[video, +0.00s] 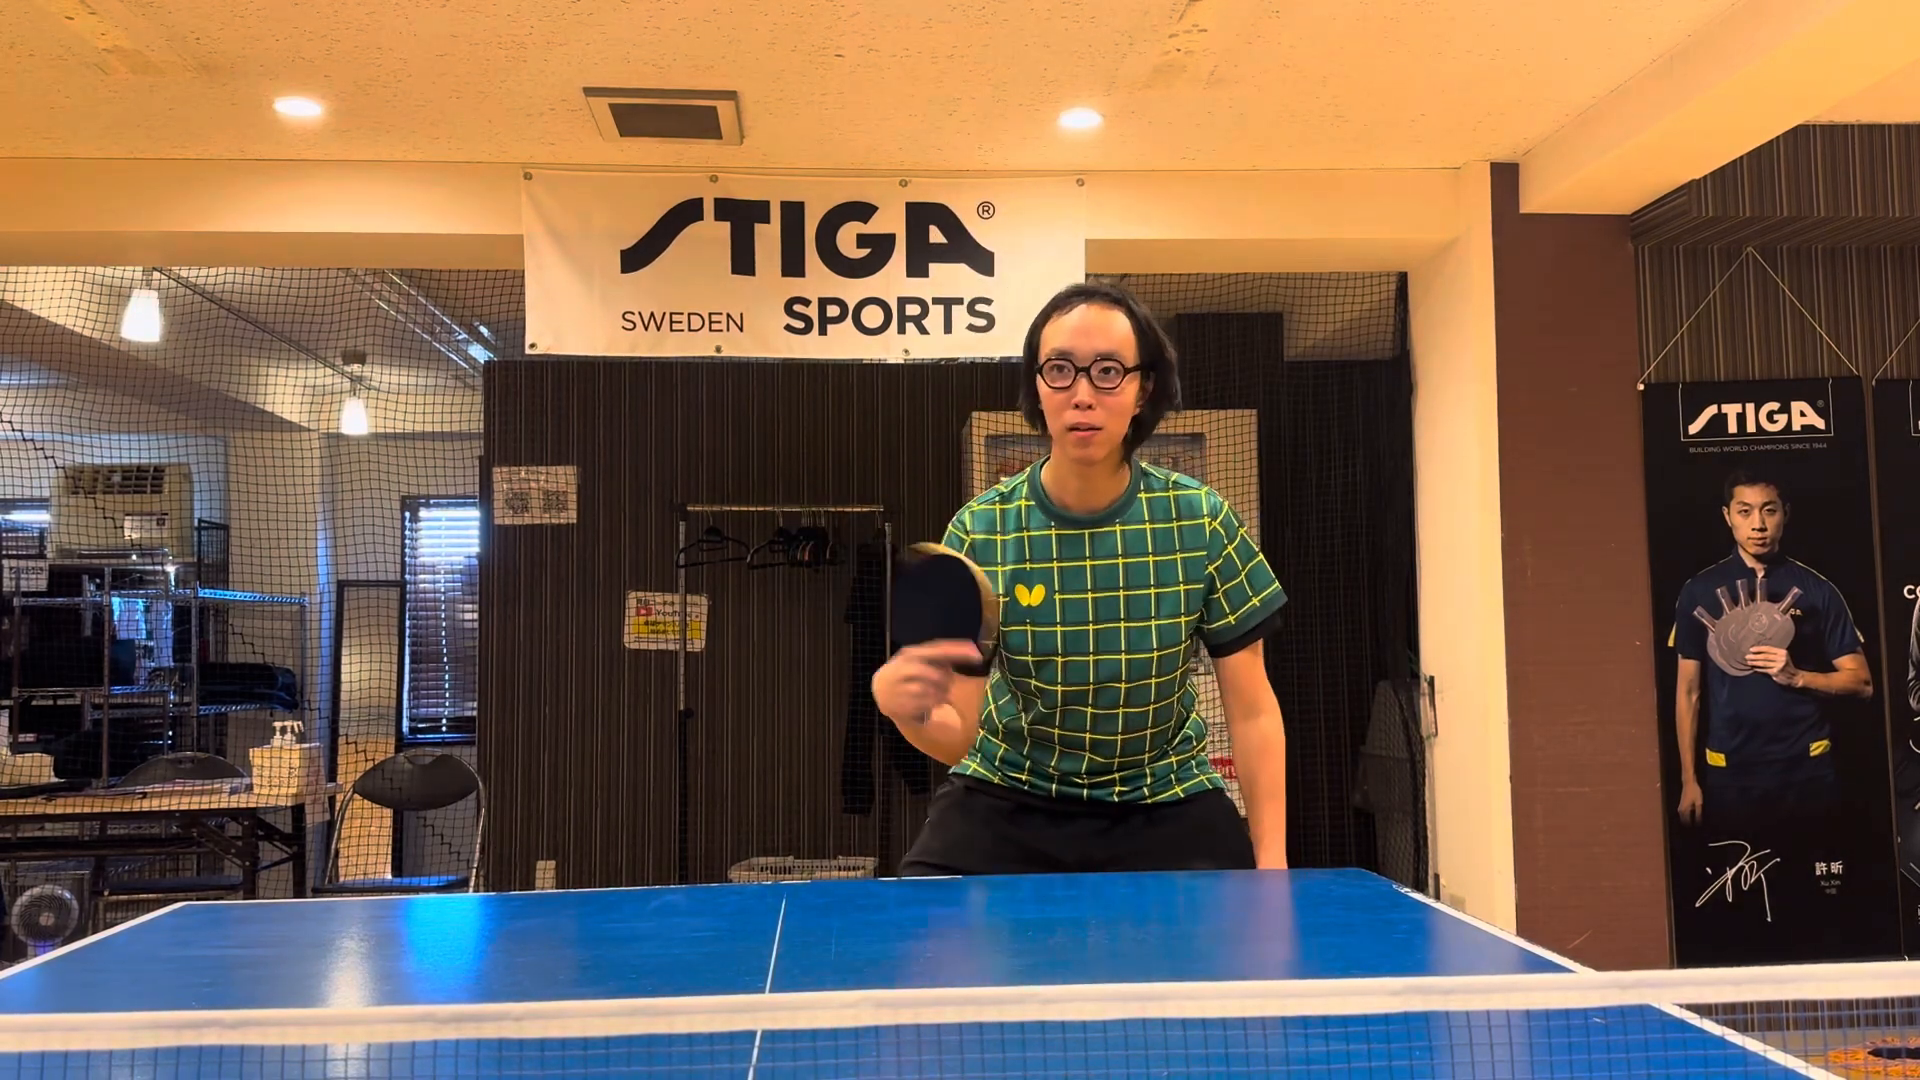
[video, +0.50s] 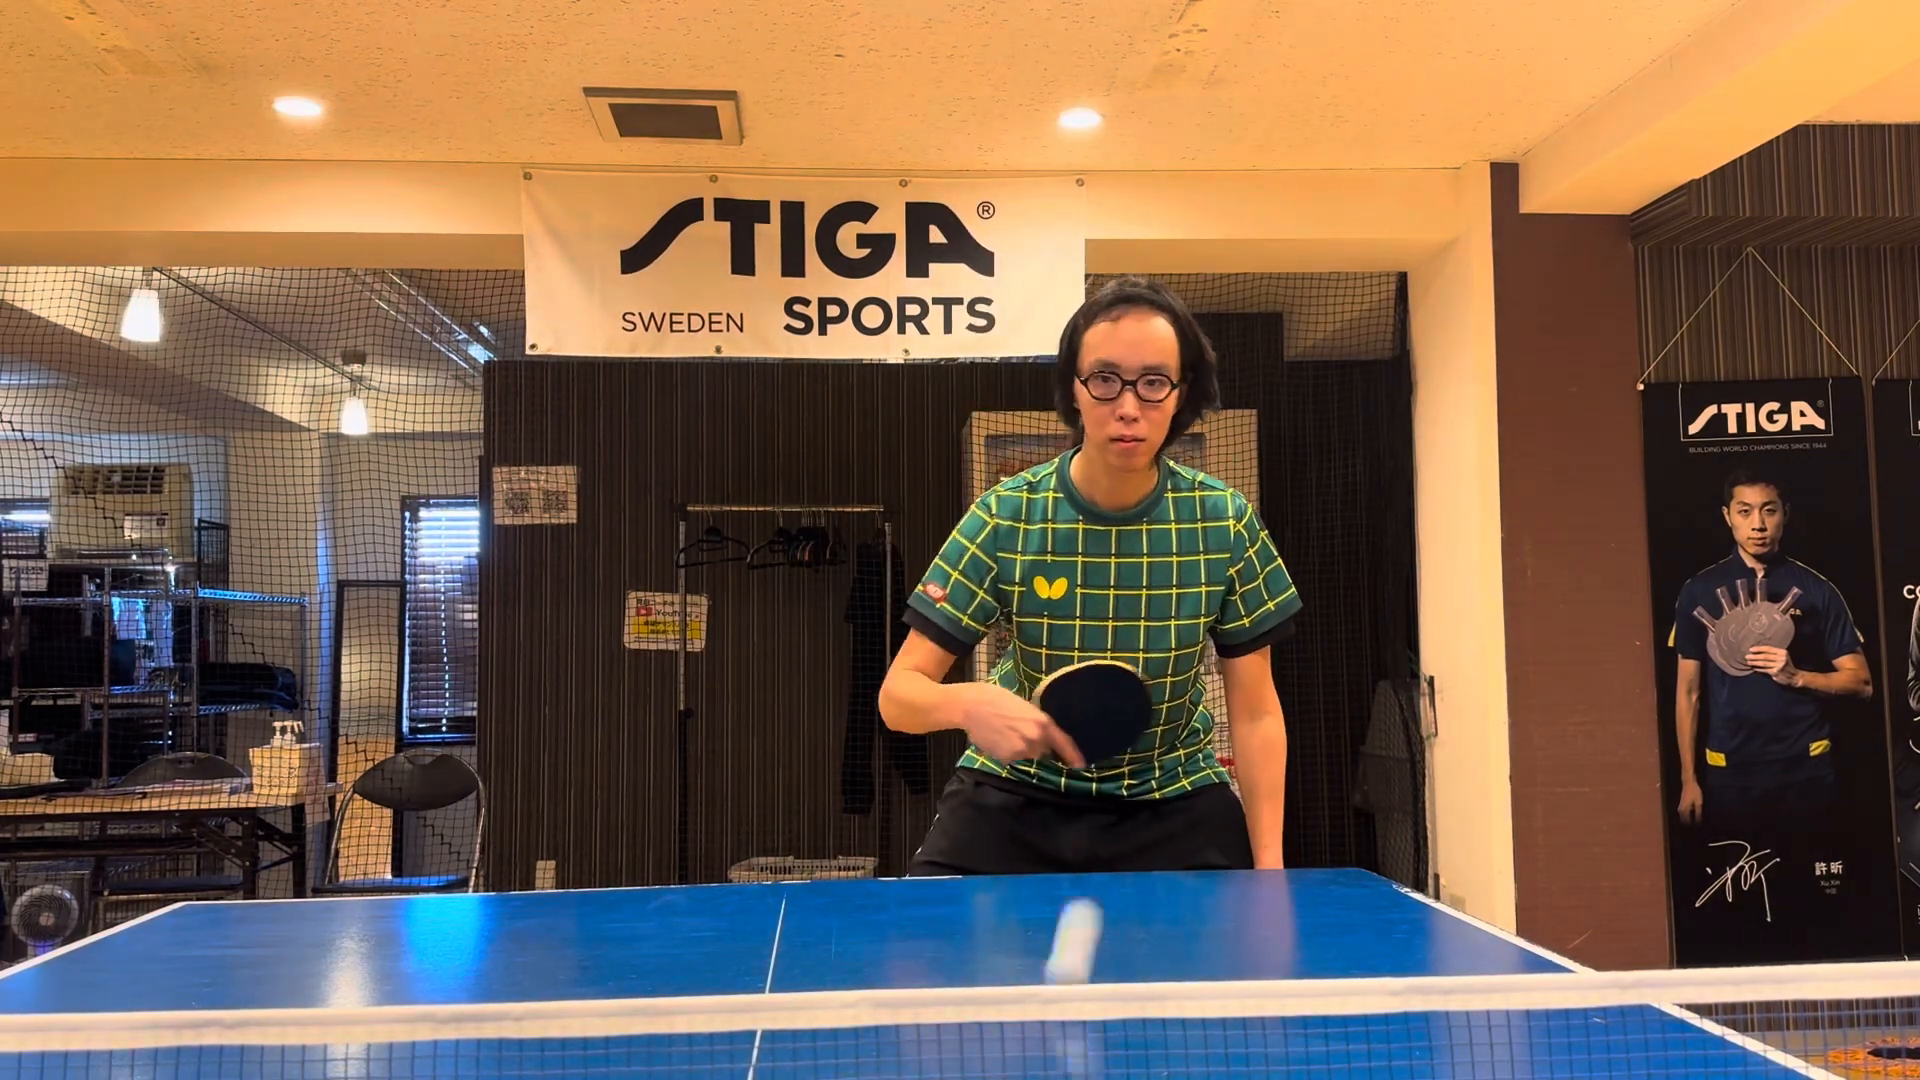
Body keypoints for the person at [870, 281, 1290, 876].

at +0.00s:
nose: (1081, 392)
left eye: (1107, 371)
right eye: (1060, 370)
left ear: (1142, 390)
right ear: (1036, 389)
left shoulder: (1199, 522)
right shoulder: (981, 530)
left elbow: (1252, 711)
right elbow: (957, 734)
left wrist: (1271, 871)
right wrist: (898, 703)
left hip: (1165, 798)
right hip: (1005, 796)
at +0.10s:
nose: (1084, 392)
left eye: (1109, 371)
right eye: (1062, 370)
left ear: (1144, 389)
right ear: (1037, 388)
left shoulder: (1200, 522)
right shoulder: (982, 527)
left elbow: (1247, 712)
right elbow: (935, 735)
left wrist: (1264, 877)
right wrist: (907, 696)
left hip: (1164, 803)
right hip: (1001, 800)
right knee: (910, 957)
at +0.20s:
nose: (1090, 391)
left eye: (1115, 370)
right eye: (1069, 369)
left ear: (1150, 389)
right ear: (1043, 386)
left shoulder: (1204, 522)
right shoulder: (985, 525)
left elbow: (1247, 711)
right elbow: (914, 705)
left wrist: (1264, 873)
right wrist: (936, 708)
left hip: (1164, 801)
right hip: (1002, 798)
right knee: (910, 958)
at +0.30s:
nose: (1098, 394)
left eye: (1123, 372)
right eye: (1077, 369)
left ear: (1156, 390)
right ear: (1051, 386)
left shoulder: (1209, 521)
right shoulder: (991, 523)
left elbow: (1250, 712)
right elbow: (907, 703)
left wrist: (1266, 873)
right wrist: (937, 704)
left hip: (1165, 800)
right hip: (1004, 797)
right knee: (915, 956)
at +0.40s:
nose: (1112, 402)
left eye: (1137, 379)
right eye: (1089, 377)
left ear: (1167, 394)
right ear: (1062, 389)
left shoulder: (1215, 521)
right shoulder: (998, 521)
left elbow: (1253, 712)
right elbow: (899, 696)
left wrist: (1267, 873)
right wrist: (939, 702)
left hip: (1169, 802)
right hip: (1011, 802)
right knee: (912, 941)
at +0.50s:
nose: (1129, 406)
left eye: (1154, 382)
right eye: (1105, 379)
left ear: (1182, 394)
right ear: (1074, 389)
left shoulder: (1223, 521)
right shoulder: (1005, 516)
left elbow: (1256, 713)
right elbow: (898, 696)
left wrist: (1269, 875)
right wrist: (968, 704)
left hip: (1174, 801)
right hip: (1012, 798)